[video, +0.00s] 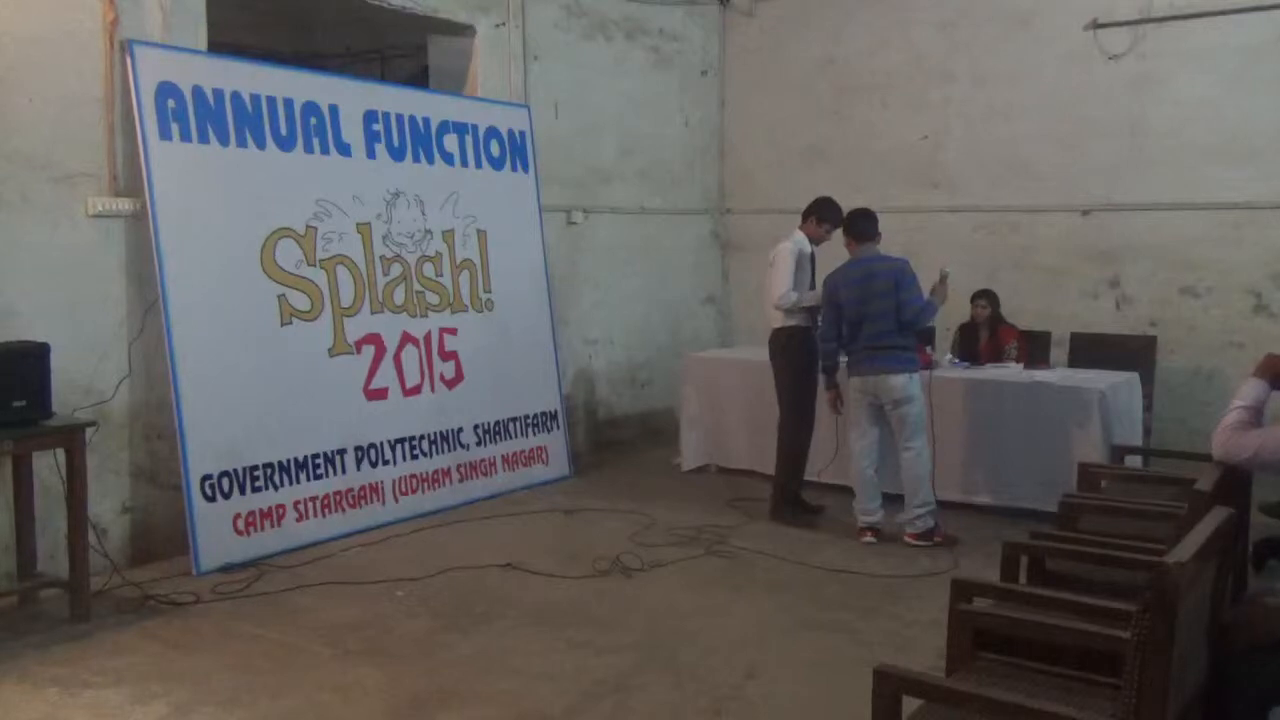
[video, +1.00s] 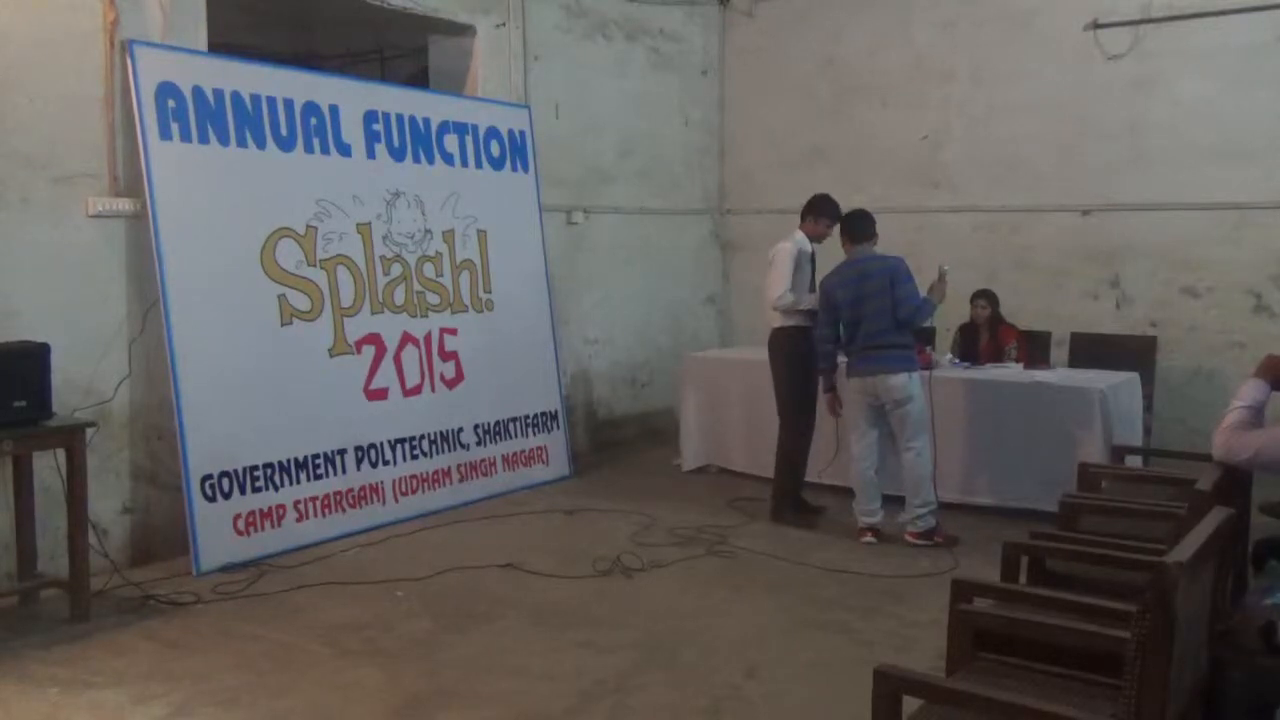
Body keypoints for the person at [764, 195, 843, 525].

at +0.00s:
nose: (828, 237)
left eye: (831, 232)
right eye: (827, 230)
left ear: (814, 223)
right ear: (812, 221)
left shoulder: (805, 251)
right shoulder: (789, 250)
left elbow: (797, 298)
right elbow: (781, 298)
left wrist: (824, 298)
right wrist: (821, 296)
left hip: (803, 336)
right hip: (789, 338)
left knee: (802, 420)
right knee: (794, 420)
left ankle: (793, 493)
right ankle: (783, 500)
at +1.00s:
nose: (829, 233)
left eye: (831, 227)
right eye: (827, 226)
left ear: (816, 221)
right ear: (810, 219)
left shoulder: (807, 251)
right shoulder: (788, 249)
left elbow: (800, 297)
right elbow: (778, 298)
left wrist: (823, 304)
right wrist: (819, 300)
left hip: (804, 337)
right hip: (788, 338)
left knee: (804, 423)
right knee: (794, 424)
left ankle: (794, 496)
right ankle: (783, 503)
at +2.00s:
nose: (764, 238)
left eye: (767, 230)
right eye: (756, 233)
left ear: (777, 223)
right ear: (747, 233)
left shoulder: (799, 253)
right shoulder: (739, 262)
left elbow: (811, 293)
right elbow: (726, 310)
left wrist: (803, 324)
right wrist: (763, 330)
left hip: (791, 351)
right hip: (754, 352)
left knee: (797, 427)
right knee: (757, 431)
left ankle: (792, 491)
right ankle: (759, 505)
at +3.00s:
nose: (626, 229)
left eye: (633, 222)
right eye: (619, 223)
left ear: (645, 222)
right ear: (608, 223)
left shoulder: (664, 265)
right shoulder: (593, 263)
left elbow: (652, 322)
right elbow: (576, 321)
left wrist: (617, 365)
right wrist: (554, 366)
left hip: (652, 371)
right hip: (607, 370)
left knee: (664, 461)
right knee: (592, 468)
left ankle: (693, 544)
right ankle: (569, 566)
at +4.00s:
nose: (669, 225)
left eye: (671, 218)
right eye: (664, 216)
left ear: (649, 215)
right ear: (641, 211)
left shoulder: (639, 254)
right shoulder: (613, 249)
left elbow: (643, 317)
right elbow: (591, 313)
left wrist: (656, 356)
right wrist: (635, 357)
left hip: (624, 367)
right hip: (604, 365)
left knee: (632, 469)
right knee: (623, 470)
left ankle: (603, 567)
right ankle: (593, 572)